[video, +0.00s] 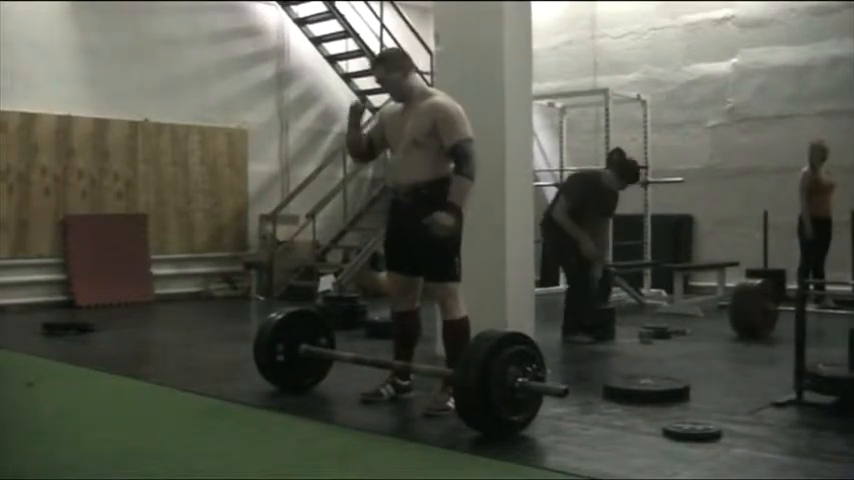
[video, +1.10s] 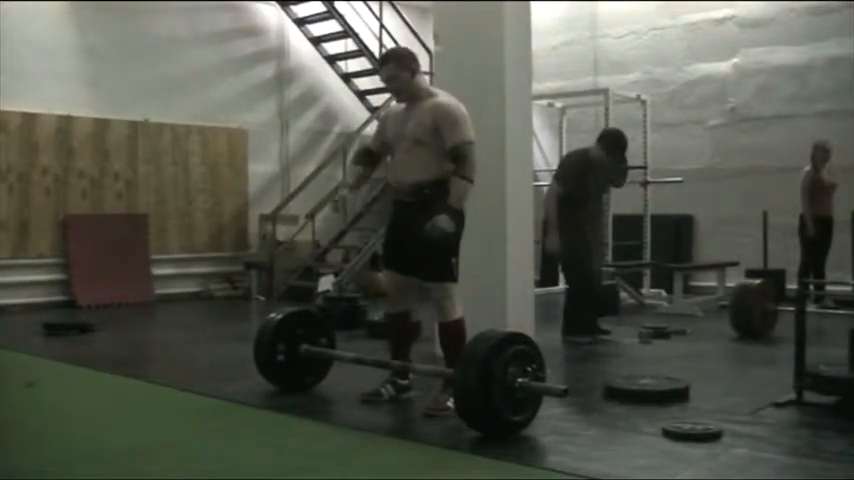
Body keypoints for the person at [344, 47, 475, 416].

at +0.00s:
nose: (385, 88)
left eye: (389, 80)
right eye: (381, 83)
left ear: (407, 72)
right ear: (382, 82)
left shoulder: (442, 109)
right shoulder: (391, 117)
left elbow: (465, 162)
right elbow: (363, 153)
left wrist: (453, 208)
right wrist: (354, 127)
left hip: (438, 201)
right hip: (402, 204)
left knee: (446, 295)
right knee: (401, 292)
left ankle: (454, 385)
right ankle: (400, 379)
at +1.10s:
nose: (389, 87)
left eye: (393, 79)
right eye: (386, 81)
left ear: (413, 72)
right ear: (386, 80)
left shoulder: (445, 109)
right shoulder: (392, 116)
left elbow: (465, 163)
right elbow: (370, 155)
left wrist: (453, 211)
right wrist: (352, 182)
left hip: (438, 203)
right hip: (402, 205)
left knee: (443, 296)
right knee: (398, 293)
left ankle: (453, 385)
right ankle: (400, 378)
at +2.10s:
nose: (352, 225)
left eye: (356, 217)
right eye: (347, 218)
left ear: (371, 208)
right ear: (344, 215)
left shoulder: (418, 238)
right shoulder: (355, 241)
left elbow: (437, 304)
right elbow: (346, 294)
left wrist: (440, 354)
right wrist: (339, 344)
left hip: (446, 280)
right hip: (400, 283)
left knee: (402, 322)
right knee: (361, 319)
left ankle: (441, 387)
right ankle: (396, 380)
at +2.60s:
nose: (349, 102)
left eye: (356, 95)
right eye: (348, 96)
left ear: (376, 95)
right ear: (355, 99)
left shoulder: (410, 128)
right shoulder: (360, 139)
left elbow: (455, 169)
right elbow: (351, 187)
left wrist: (451, 221)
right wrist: (345, 226)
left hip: (428, 223)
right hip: (391, 225)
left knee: (424, 301)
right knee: (376, 296)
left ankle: (441, 387)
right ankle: (394, 381)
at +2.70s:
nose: (368, 71)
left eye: (375, 64)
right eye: (365, 65)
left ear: (395, 63)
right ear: (366, 71)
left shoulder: (427, 107)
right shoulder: (368, 118)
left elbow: (464, 151)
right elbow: (351, 162)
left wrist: (450, 189)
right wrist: (341, 199)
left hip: (429, 209)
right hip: (388, 212)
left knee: (420, 292)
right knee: (374, 290)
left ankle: (439, 384)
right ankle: (389, 375)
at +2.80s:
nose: (382, 62)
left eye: (389, 55)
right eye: (380, 56)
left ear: (411, 57)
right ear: (382, 61)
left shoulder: (439, 94)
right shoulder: (379, 106)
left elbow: (477, 136)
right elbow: (353, 140)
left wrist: (454, 152)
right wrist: (344, 150)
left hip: (426, 190)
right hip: (387, 191)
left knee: (421, 285)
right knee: (373, 279)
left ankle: (438, 381)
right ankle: (383, 369)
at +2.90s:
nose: (394, 68)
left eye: (401, 61)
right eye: (391, 62)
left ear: (421, 64)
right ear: (389, 68)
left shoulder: (444, 99)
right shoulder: (383, 108)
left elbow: (468, 135)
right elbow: (355, 141)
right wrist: (353, 136)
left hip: (422, 191)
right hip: (385, 193)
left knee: (418, 282)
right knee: (372, 278)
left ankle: (439, 383)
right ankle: (386, 371)